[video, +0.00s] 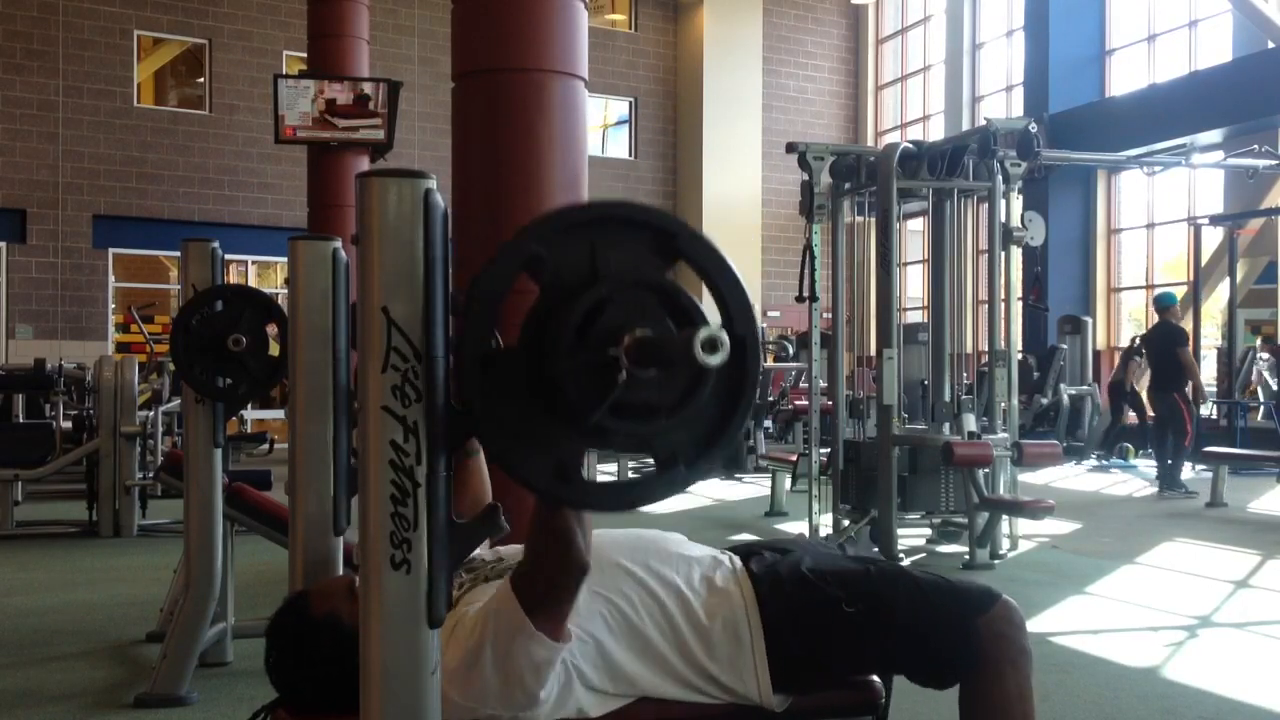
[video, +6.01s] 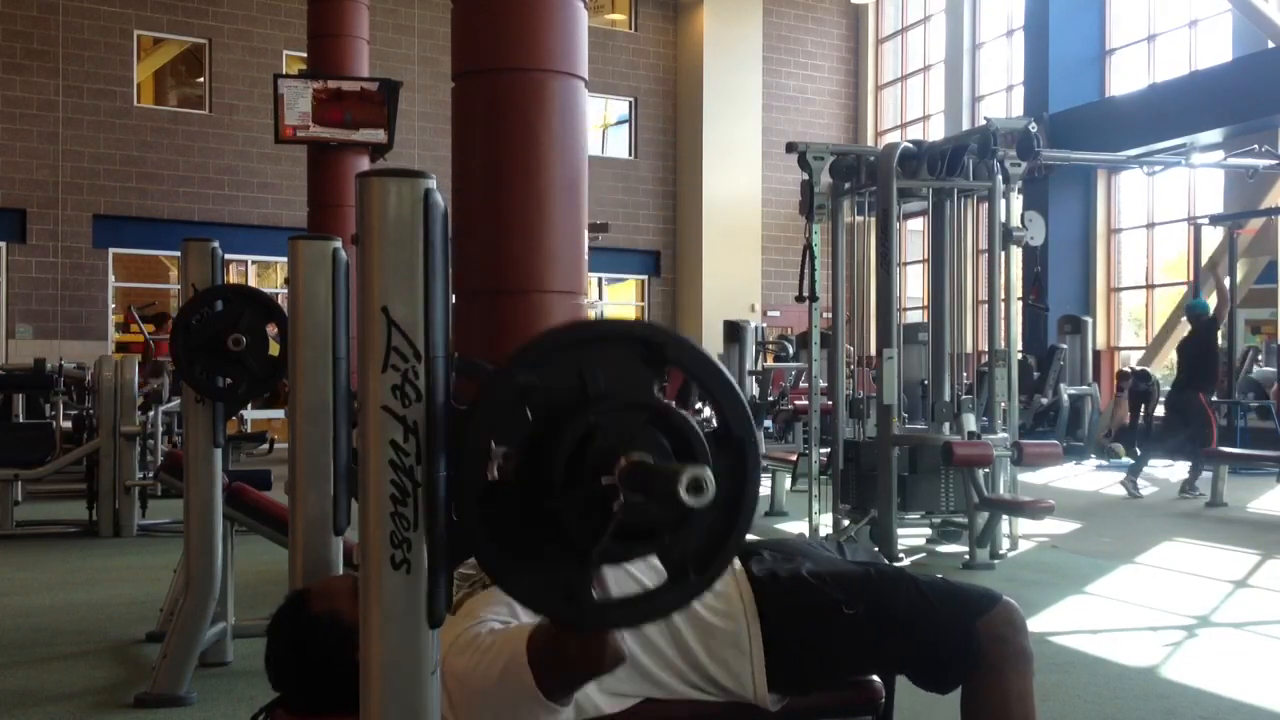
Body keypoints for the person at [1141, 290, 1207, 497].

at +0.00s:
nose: (1181, 310)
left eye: (1179, 307)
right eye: (1178, 307)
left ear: (1159, 310)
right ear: (1172, 309)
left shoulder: (1149, 335)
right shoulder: (1177, 331)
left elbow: (1151, 365)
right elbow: (1188, 361)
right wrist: (1199, 387)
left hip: (1155, 390)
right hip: (1173, 390)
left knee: (1162, 431)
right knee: (1186, 431)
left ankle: (1164, 477)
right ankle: (1174, 479)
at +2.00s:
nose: (1194, 312)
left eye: (1192, 309)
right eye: (1192, 309)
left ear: (1171, 312)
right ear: (1188, 312)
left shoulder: (1165, 329)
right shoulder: (1191, 327)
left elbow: (1143, 319)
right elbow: (1205, 306)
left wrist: (1141, 293)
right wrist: (1203, 281)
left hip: (1172, 391)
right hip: (1191, 392)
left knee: (1167, 433)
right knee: (1207, 433)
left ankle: (1146, 475)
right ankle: (1204, 481)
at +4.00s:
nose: (1201, 321)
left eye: (1198, 316)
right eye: (1198, 317)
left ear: (1178, 319)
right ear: (1194, 319)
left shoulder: (1171, 336)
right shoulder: (1195, 336)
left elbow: (1161, 316)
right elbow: (1207, 314)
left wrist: (1169, 295)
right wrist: (1189, 292)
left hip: (1177, 400)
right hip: (1194, 401)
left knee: (1179, 443)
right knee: (1216, 442)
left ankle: (1148, 478)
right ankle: (1203, 487)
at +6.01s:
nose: (1210, 314)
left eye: (1200, 312)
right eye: (1207, 312)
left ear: (1189, 318)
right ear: (1206, 314)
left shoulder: (1184, 343)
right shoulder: (1209, 329)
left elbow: (1182, 372)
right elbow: (1224, 301)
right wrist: (1217, 275)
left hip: (1176, 394)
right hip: (1195, 395)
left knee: (1163, 437)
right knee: (1208, 438)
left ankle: (1132, 476)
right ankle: (1190, 484)